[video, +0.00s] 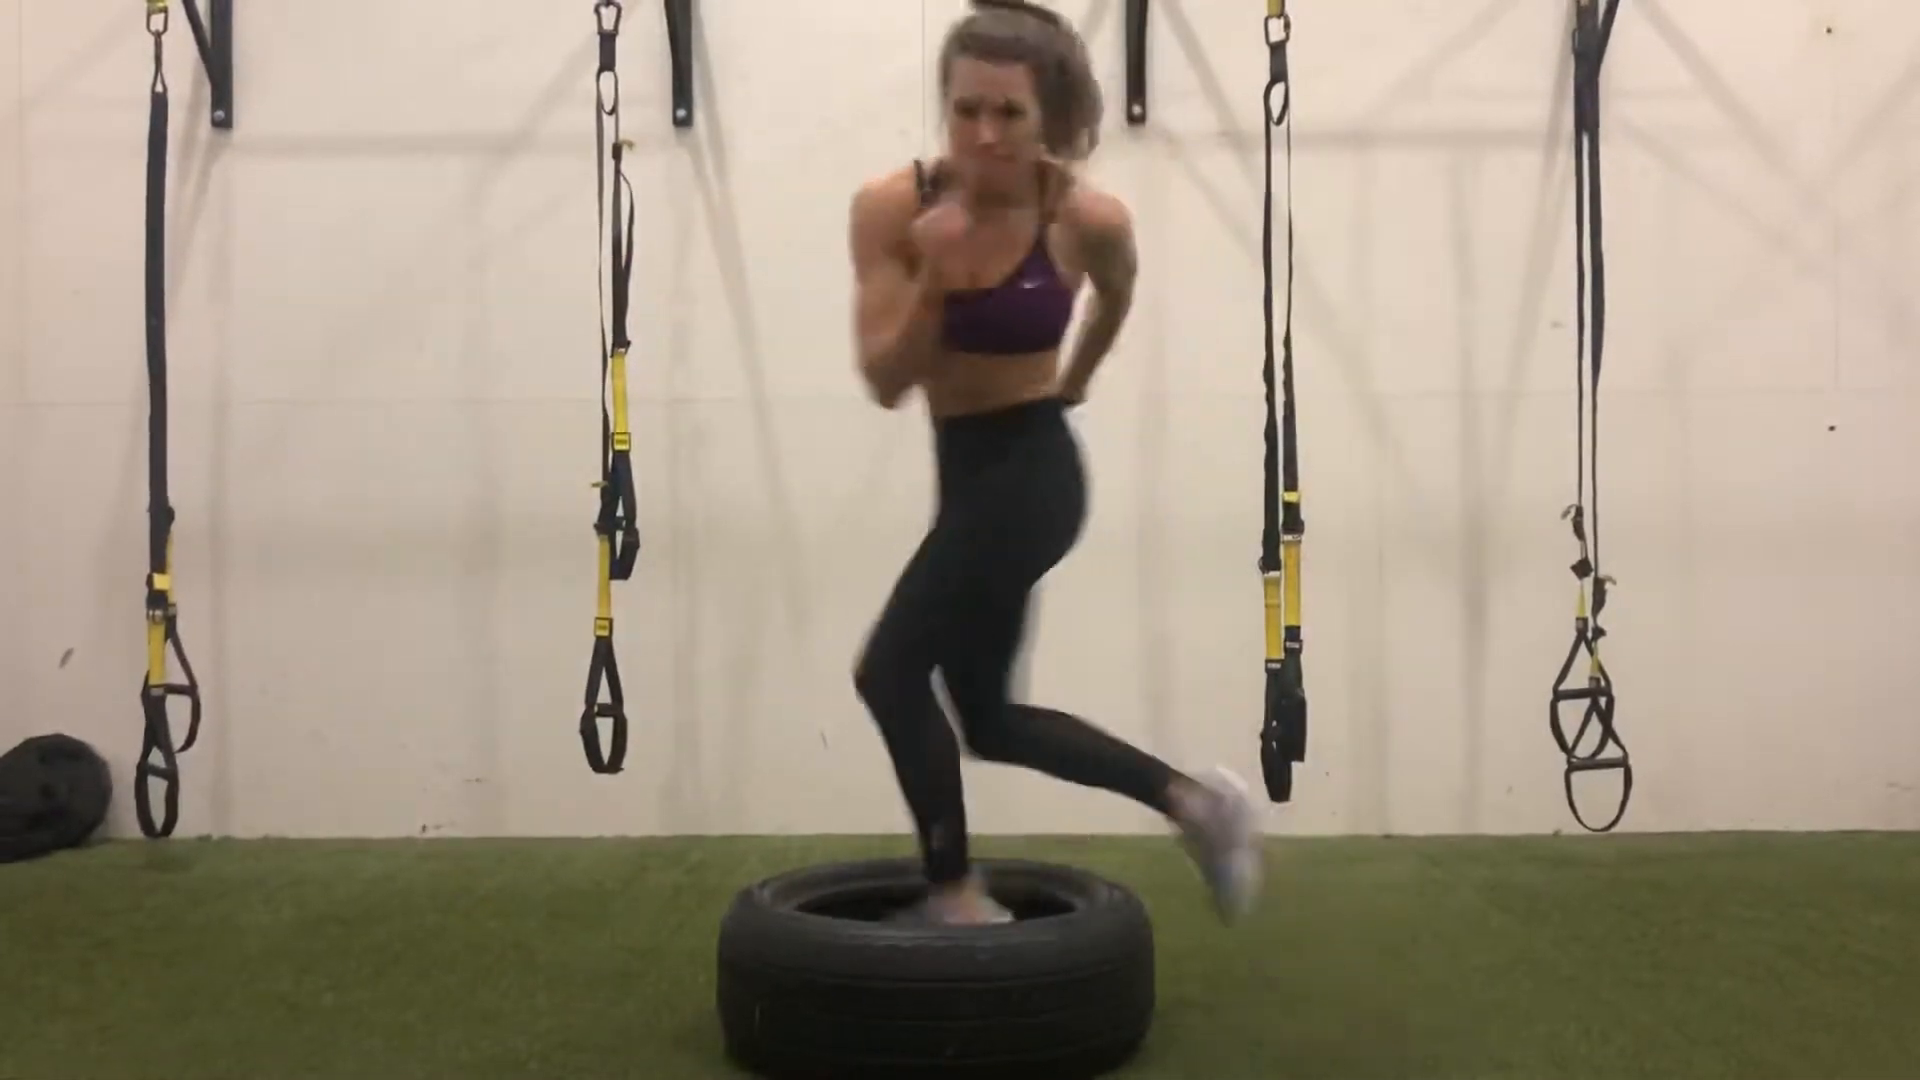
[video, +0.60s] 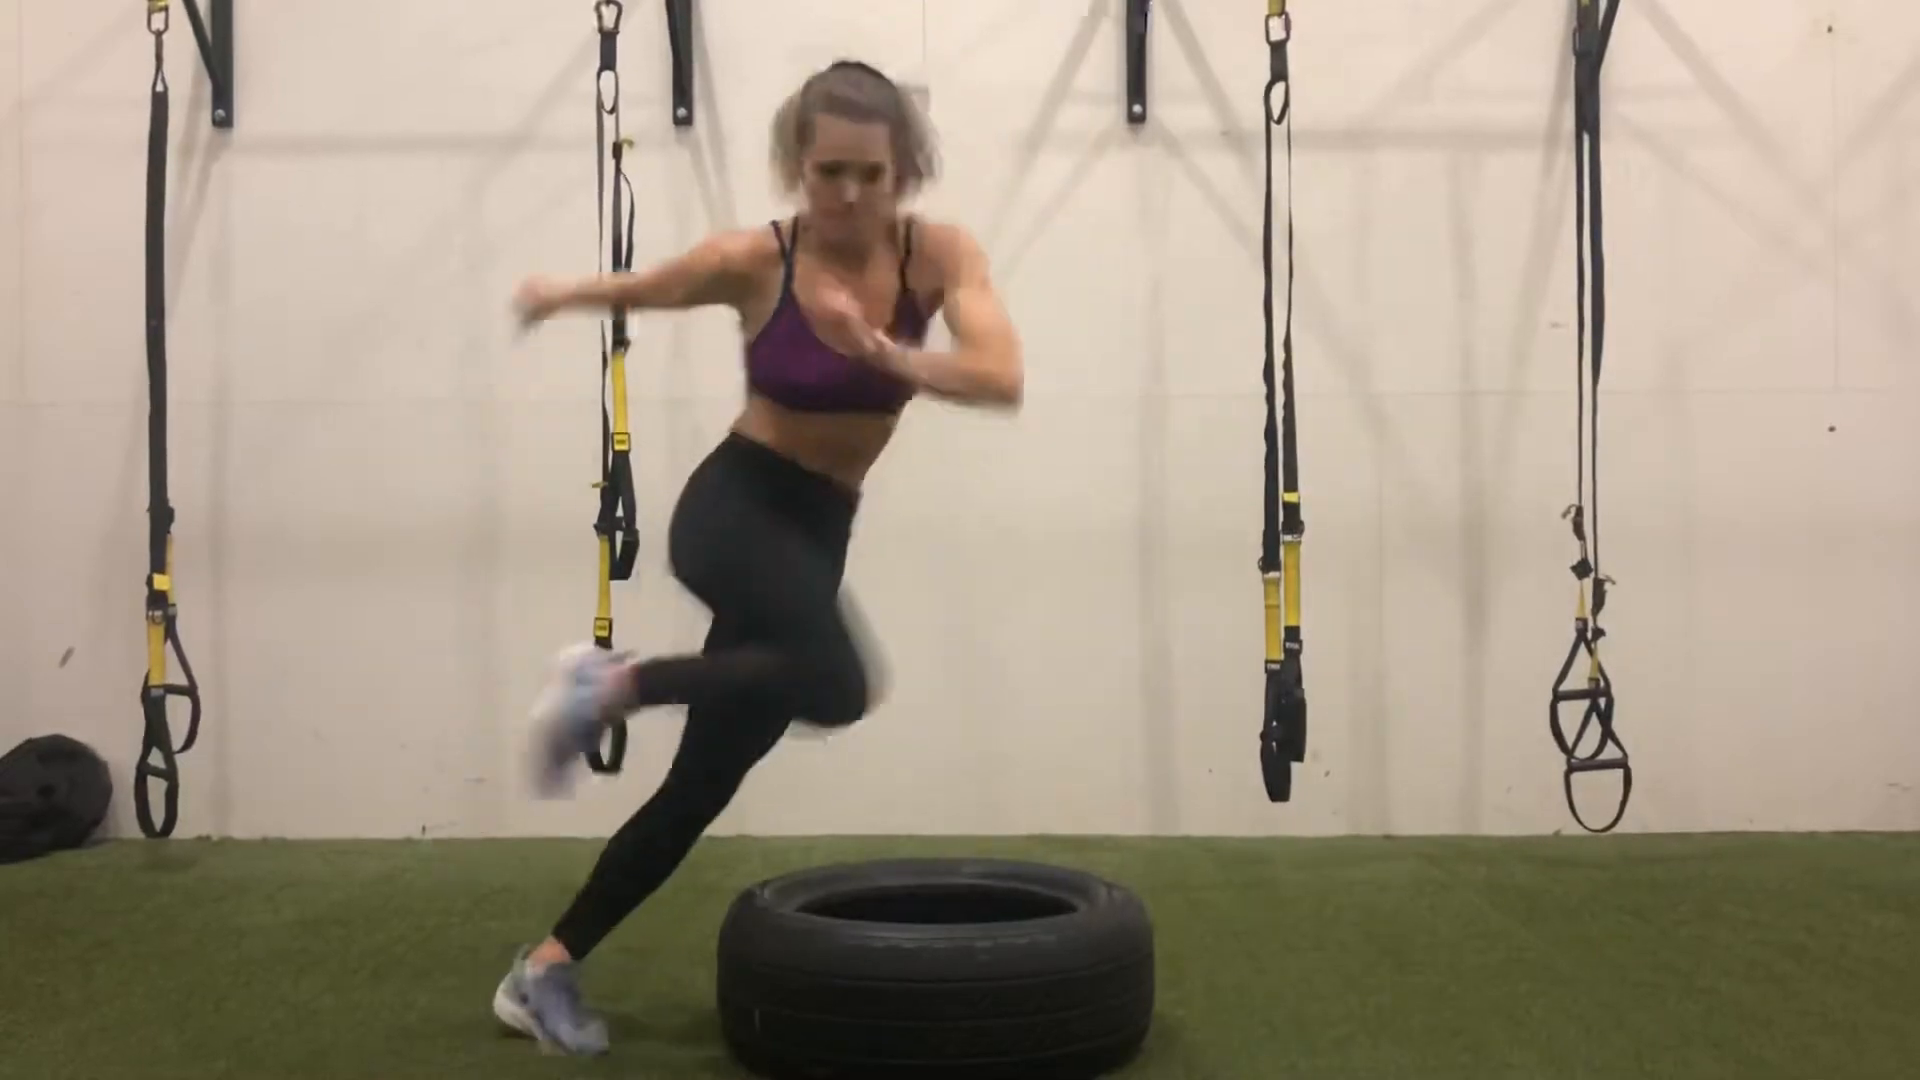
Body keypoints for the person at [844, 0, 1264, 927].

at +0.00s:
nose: (983, 134)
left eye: (1006, 113)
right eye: (966, 111)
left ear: (1051, 118)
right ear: (944, 109)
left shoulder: (1087, 222)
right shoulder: (891, 208)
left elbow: (1114, 297)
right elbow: (884, 383)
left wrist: (1073, 378)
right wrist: (933, 283)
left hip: (1032, 477)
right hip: (970, 481)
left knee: (889, 677)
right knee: (987, 722)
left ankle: (956, 899)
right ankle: (1197, 804)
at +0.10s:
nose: (935, 132)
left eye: (958, 112)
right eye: (918, 109)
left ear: (998, 119)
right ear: (895, 108)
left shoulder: (1024, 235)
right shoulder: (841, 202)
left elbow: (1108, 334)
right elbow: (782, 354)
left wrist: (1076, 433)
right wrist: (845, 299)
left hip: (972, 496)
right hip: (887, 496)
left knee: (937, 731)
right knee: (772, 688)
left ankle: (962, 945)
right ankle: (965, 735)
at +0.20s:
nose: (894, 127)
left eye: (916, 108)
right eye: (878, 102)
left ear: (943, 113)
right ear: (846, 97)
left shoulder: (970, 216)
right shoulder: (780, 190)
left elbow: (1094, 322)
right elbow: (731, 355)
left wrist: (1122, 464)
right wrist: (815, 290)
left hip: (915, 453)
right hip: (814, 448)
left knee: (853, 663)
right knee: (710, 665)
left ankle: (945, 882)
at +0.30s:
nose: (863, 176)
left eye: (884, 156)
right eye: (845, 151)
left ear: (914, 155)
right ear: (813, 140)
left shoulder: (929, 258)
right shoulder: (755, 233)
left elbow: (1035, 358)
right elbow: (708, 396)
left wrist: (1054, 436)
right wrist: (819, 339)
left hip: (843, 483)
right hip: (739, 484)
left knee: (776, 572)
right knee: (654, 726)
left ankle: (859, 720)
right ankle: (600, 938)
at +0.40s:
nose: (845, 186)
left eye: (865, 165)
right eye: (827, 162)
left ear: (895, 166)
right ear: (796, 156)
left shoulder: (915, 269)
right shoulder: (746, 250)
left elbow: (949, 391)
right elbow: (685, 408)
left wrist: (929, 442)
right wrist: (736, 490)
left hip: (811, 498)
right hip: (706, 481)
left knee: (765, 648)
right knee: (626, 720)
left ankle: (696, 798)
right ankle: (580, 938)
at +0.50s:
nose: (848, 191)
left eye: (868, 170)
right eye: (830, 168)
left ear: (899, 165)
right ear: (796, 155)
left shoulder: (922, 276)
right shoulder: (735, 257)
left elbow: (940, 424)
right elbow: (628, 365)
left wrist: (894, 448)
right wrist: (539, 483)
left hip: (808, 536)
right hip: (710, 504)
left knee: (731, 784)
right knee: (649, 729)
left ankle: (569, 962)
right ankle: (517, 831)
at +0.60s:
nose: (848, 194)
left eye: (868, 173)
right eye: (829, 172)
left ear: (902, 169)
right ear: (799, 168)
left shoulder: (941, 254)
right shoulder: (757, 259)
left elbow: (1003, 381)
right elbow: (643, 293)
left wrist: (894, 358)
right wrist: (559, 295)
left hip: (816, 531)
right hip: (737, 503)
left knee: (703, 785)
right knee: (837, 682)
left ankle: (547, 966)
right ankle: (612, 684)